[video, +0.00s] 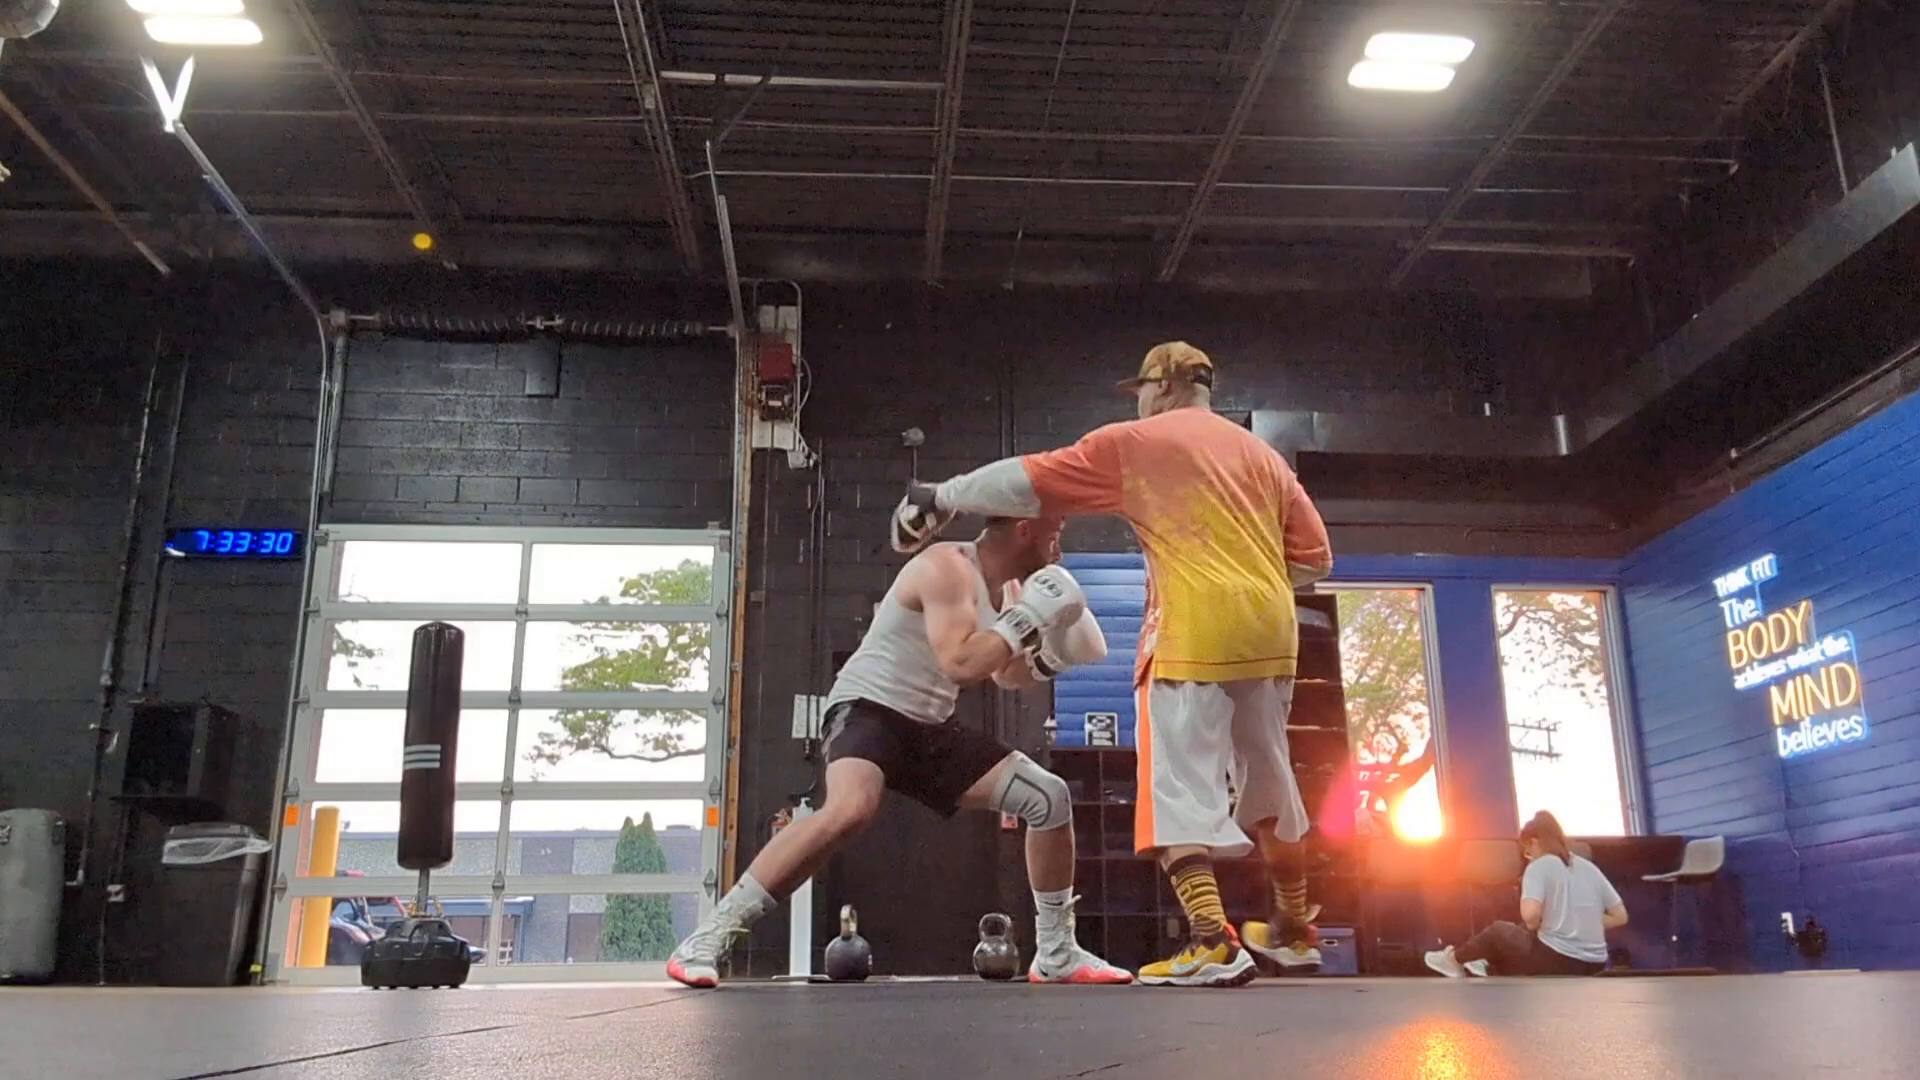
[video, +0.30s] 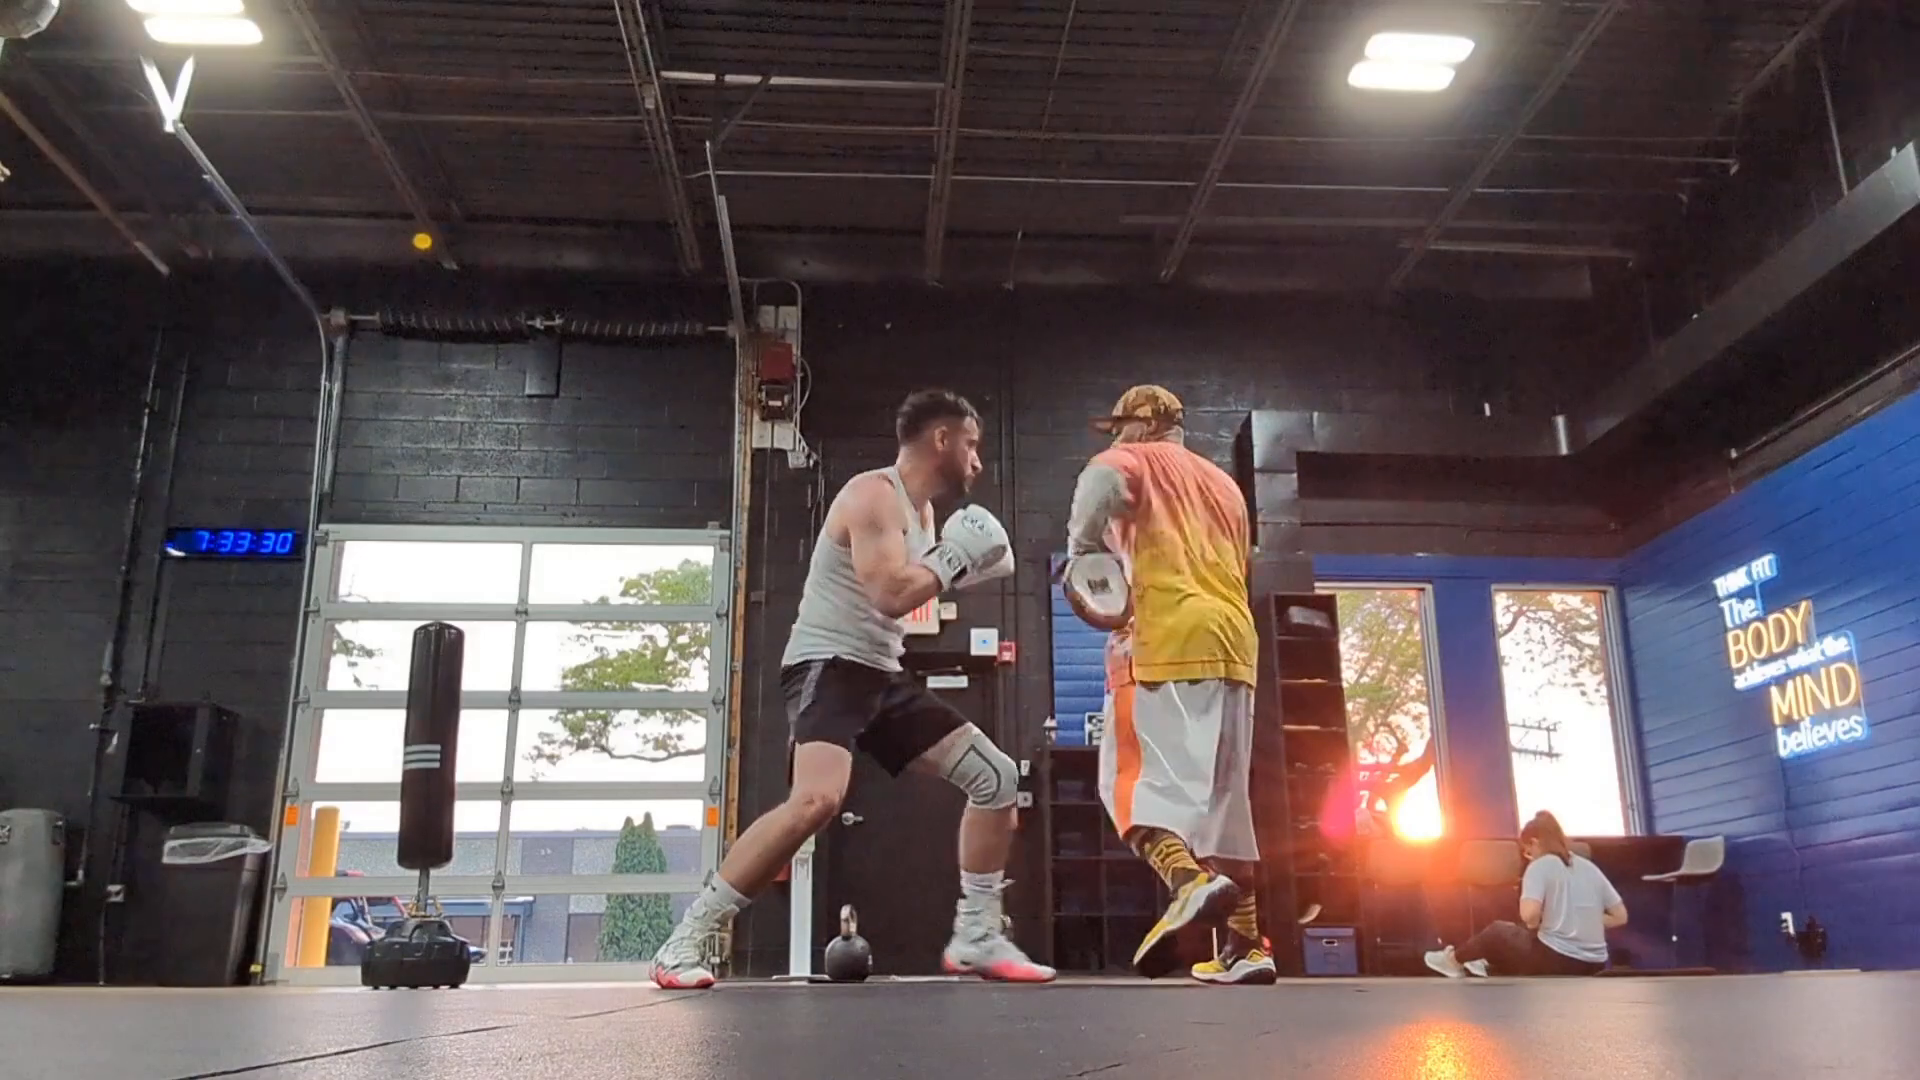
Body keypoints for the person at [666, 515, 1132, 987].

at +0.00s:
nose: (1059, 544)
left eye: (1060, 533)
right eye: (1056, 531)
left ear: (1018, 526)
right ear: (1025, 526)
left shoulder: (1007, 590)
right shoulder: (947, 563)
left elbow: (1011, 672)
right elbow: (960, 660)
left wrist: (1049, 659)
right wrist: (1026, 616)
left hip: (931, 732)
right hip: (867, 713)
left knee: (1048, 799)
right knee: (851, 809)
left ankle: (1056, 954)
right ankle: (709, 939)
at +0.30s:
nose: (980, 461)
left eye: (980, 447)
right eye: (974, 445)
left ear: (936, 443)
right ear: (941, 439)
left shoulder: (923, 513)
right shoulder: (872, 493)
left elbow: (903, 591)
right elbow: (891, 593)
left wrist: (966, 568)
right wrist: (954, 554)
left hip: (883, 676)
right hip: (829, 666)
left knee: (995, 779)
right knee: (817, 800)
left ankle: (977, 936)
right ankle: (690, 937)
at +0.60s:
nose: (946, 417)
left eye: (946, 406)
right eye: (944, 405)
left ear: (881, 404)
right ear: (926, 399)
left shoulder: (834, 466)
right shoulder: (928, 442)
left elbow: (800, 569)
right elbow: (997, 528)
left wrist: (884, 560)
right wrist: (1002, 491)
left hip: (837, 623)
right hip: (863, 621)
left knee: (947, 782)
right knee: (864, 783)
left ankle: (931, 949)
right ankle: (713, 911)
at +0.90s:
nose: (919, 390)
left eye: (916, 379)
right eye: (919, 378)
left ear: (858, 368)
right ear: (908, 374)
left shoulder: (835, 422)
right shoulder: (870, 414)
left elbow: (900, 524)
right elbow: (915, 515)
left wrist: (939, 512)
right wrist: (937, 478)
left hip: (822, 606)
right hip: (833, 603)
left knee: (894, 772)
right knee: (871, 763)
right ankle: (767, 939)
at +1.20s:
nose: (883, 394)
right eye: (884, 385)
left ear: (818, 388)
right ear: (883, 383)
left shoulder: (776, 442)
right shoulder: (906, 426)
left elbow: (746, 540)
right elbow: (949, 516)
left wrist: (808, 553)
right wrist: (908, 475)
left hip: (793, 614)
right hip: (870, 601)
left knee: (817, 782)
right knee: (917, 772)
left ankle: (773, 942)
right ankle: (856, 903)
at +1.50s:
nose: (973, 378)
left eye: (974, 365)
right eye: (974, 363)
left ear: (906, 352)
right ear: (960, 356)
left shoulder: (868, 403)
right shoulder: (919, 394)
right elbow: (931, 511)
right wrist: (968, 481)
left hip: (784, 592)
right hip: (839, 578)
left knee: (848, 769)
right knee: (936, 737)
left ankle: (737, 917)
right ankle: (942, 934)